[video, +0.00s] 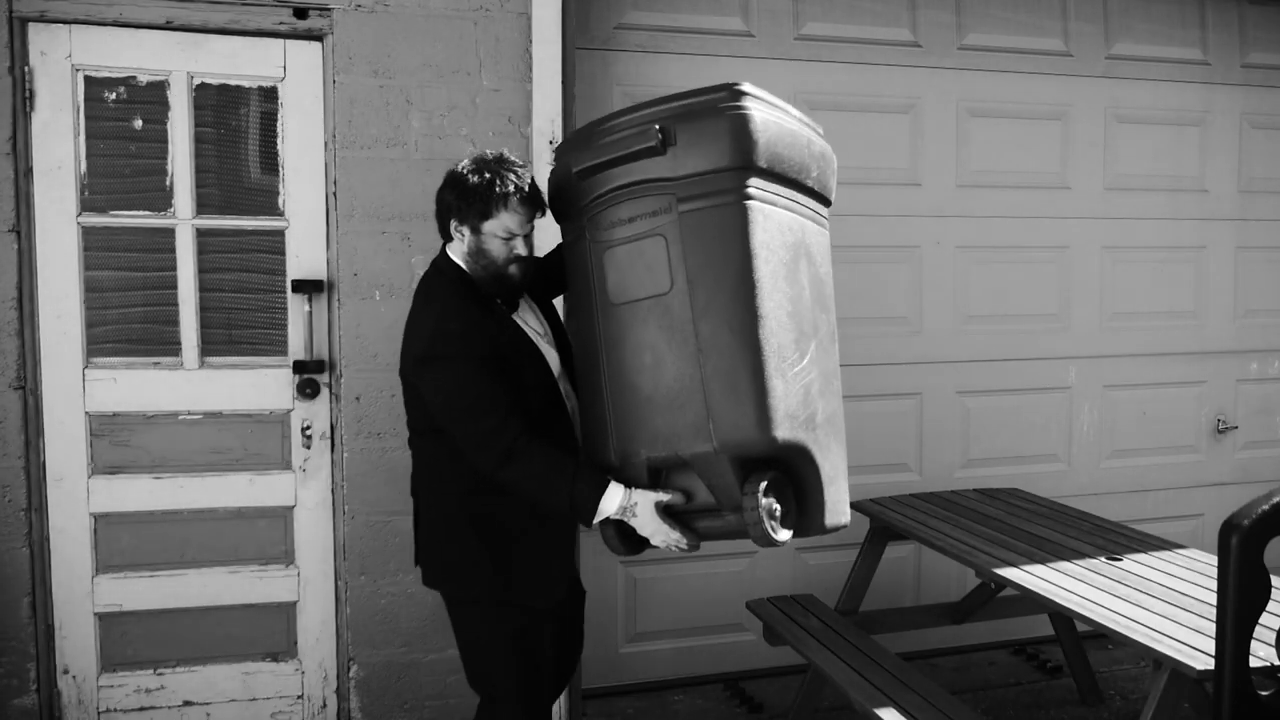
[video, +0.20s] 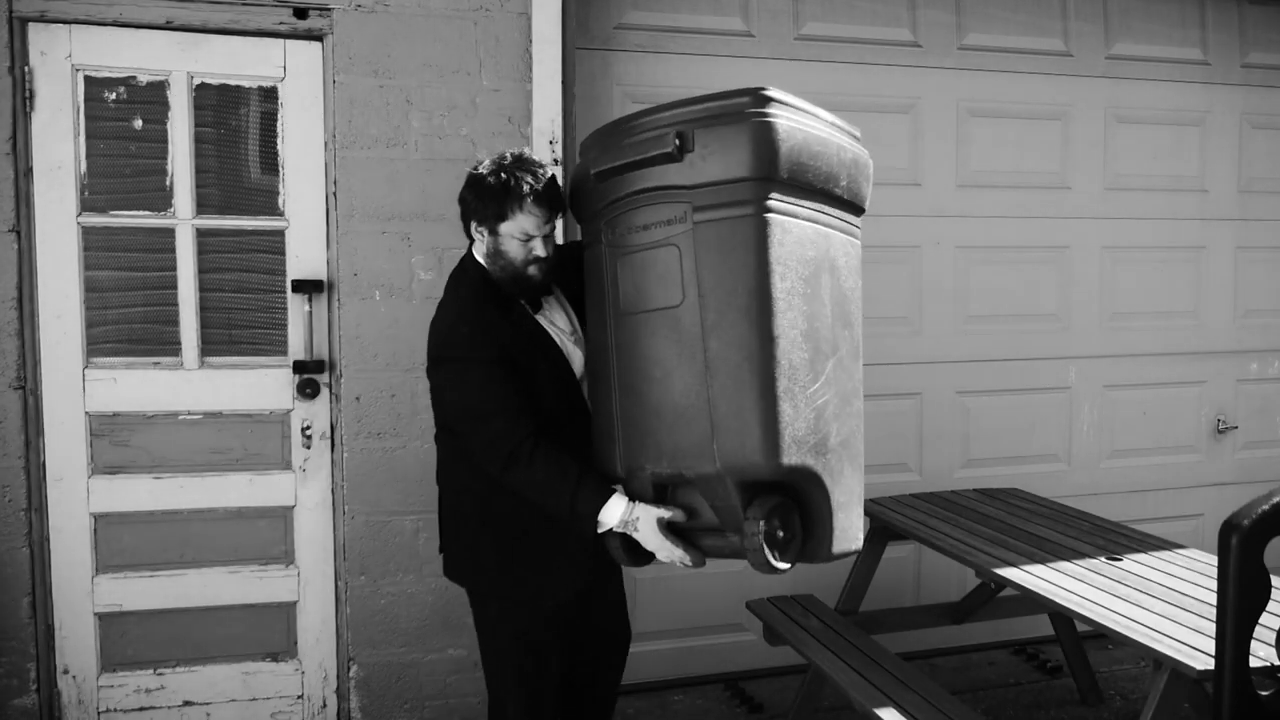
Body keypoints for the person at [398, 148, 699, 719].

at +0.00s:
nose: (525, 249)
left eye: (528, 234)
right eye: (509, 239)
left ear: (532, 219)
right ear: (460, 233)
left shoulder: (506, 280)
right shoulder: (443, 325)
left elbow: (579, 259)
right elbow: (503, 450)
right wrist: (619, 501)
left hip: (537, 534)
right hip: (488, 553)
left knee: (549, 678)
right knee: (513, 696)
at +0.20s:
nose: (545, 249)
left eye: (550, 232)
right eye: (527, 239)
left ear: (559, 219)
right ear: (481, 234)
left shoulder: (558, 271)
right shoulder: (465, 326)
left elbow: (639, 252)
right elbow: (512, 453)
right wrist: (624, 513)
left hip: (578, 537)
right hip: (515, 554)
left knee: (602, 657)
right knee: (531, 694)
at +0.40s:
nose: (560, 253)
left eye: (567, 236)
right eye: (541, 243)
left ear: (579, 221)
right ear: (501, 240)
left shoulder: (597, 267)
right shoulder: (483, 334)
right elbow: (520, 454)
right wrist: (616, 519)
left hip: (616, 542)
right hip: (538, 556)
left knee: (635, 698)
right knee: (536, 706)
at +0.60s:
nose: (583, 252)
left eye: (590, 236)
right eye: (565, 242)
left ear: (604, 227)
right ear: (529, 241)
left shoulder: (630, 295)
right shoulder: (511, 336)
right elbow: (537, 454)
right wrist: (614, 521)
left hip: (660, 539)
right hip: (575, 550)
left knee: (655, 694)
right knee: (562, 698)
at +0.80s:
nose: (587, 248)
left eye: (596, 232)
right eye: (570, 238)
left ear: (616, 224)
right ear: (542, 240)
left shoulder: (652, 293)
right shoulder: (530, 327)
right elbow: (539, 437)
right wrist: (598, 485)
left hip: (678, 524)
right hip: (594, 535)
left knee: (666, 685)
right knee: (591, 682)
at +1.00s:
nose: (585, 249)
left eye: (595, 233)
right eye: (568, 241)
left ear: (618, 223)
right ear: (546, 247)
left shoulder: (666, 288)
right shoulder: (535, 330)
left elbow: (732, 270)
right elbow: (531, 430)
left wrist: (748, 203)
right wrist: (565, 450)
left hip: (691, 522)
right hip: (603, 532)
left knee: (673, 684)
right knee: (593, 683)